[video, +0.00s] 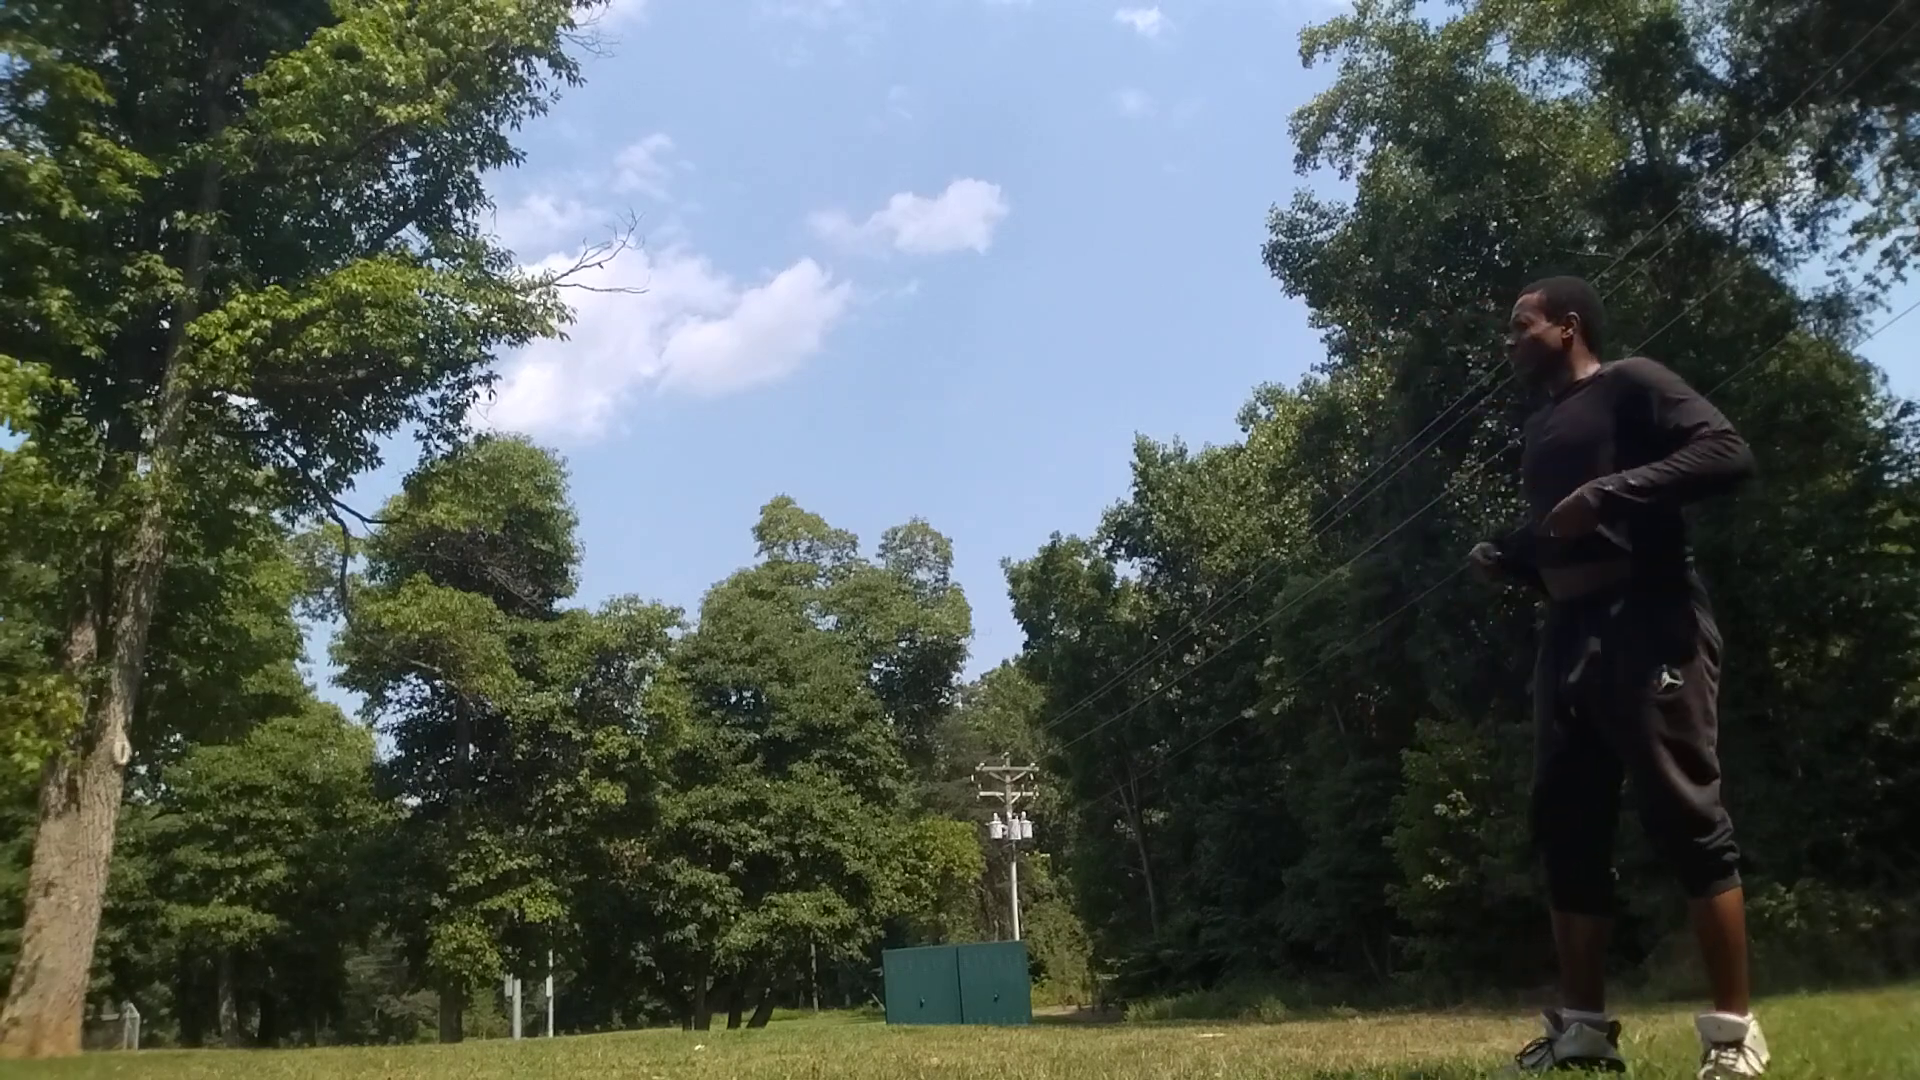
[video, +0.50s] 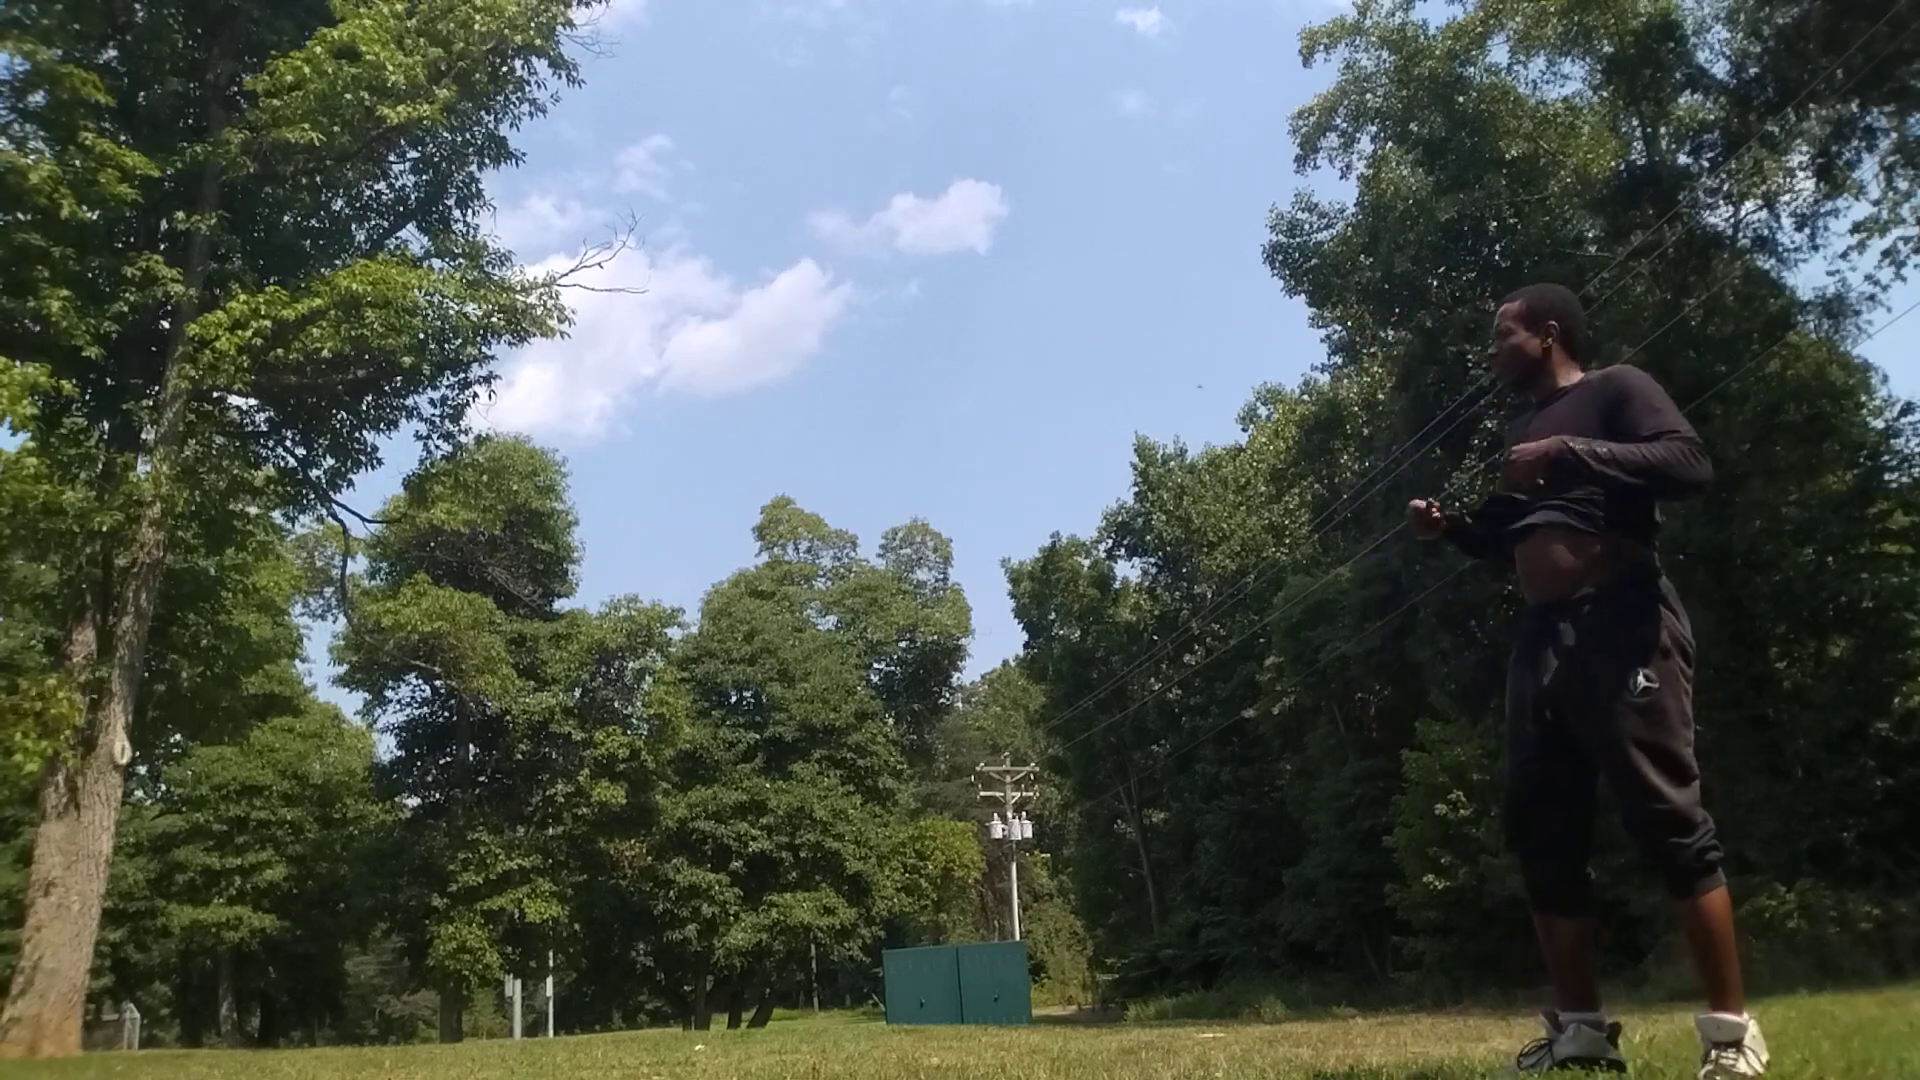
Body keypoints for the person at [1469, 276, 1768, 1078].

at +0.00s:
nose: (1511, 341)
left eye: (1522, 326)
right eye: (1511, 330)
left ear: (1567, 326)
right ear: (1555, 330)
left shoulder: (1633, 379)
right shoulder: (1542, 426)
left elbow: (1726, 450)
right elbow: (1567, 537)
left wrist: (1604, 492)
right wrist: (1510, 555)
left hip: (1654, 630)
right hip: (1572, 639)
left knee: (1691, 822)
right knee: (1566, 825)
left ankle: (1733, 1034)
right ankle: (1582, 1028)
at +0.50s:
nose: (1493, 349)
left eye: (1502, 333)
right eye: (1493, 336)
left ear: (1545, 334)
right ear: (1537, 337)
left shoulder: (1617, 385)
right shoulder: (1528, 435)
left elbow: (1691, 463)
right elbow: (1520, 542)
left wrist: (1561, 450)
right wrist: (1453, 525)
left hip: (1626, 624)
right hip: (1545, 638)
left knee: (1672, 821)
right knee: (1541, 825)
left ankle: (1730, 1035)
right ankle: (1579, 1030)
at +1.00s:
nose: (1429, 371)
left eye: (1437, 358)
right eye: (1429, 361)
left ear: (1479, 358)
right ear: (1467, 362)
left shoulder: (1539, 403)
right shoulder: (1456, 448)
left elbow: (1554, 464)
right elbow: (1476, 548)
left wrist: (1441, 453)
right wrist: (1426, 565)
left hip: (1550, 637)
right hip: (1479, 652)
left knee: (1628, 835)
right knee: (1512, 844)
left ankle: (1723, 1031)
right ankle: (1574, 1032)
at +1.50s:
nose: (1379, 390)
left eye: (1388, 377)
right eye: (1378, 379)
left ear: (1427, 374)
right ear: (1414, 377)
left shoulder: (1489, 409)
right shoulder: (1412, 462)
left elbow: (1437, 419)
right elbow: (1426, 578)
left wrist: (1360, 424)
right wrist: (1357, 589)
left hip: (1512, 631)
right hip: (1447, 653)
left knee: (1570, 824)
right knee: (1501, 841)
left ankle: (1672, 1016)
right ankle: (1575, 1028)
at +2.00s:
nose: (1401, 365)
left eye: (1413, 349)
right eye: (1397, 358)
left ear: (1445, 354)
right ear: (1402, 375)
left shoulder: (1490, 396)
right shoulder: (1388, 464)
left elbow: (1416, 300)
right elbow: (1379, 566)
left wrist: (1350, 375)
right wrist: (1354, 583)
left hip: (1527, 615)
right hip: (1447, 645)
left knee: (1563, 801)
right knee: (1498, 828)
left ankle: (1618, 1021)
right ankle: (1568, 1024)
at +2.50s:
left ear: (1522, 292)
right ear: (1489, 303)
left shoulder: (1558, 348)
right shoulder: (1441, 406)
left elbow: (1510, 242)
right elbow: (1424, 505)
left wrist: (1447, 337)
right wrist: (1397, 525)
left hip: (1562, 586)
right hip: (1469, 607)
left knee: (1582, 805)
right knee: (1449, 804)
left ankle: (1610, 1036)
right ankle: (1538, 1003)